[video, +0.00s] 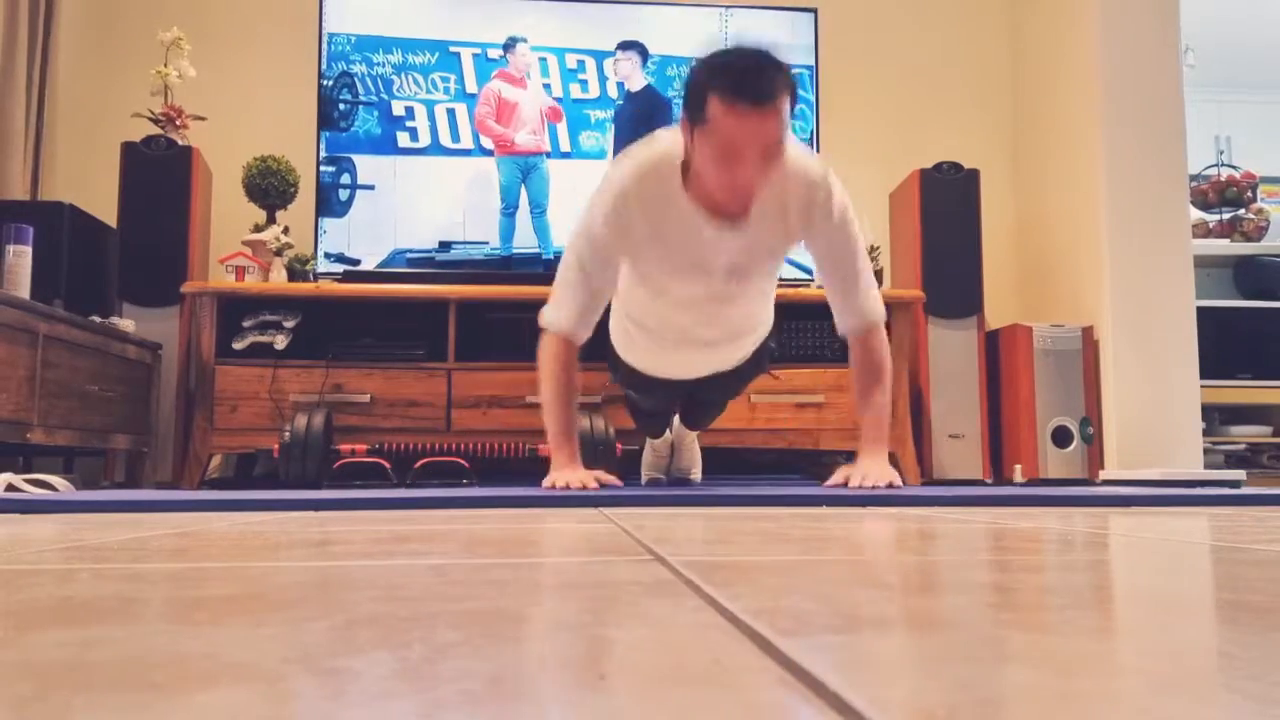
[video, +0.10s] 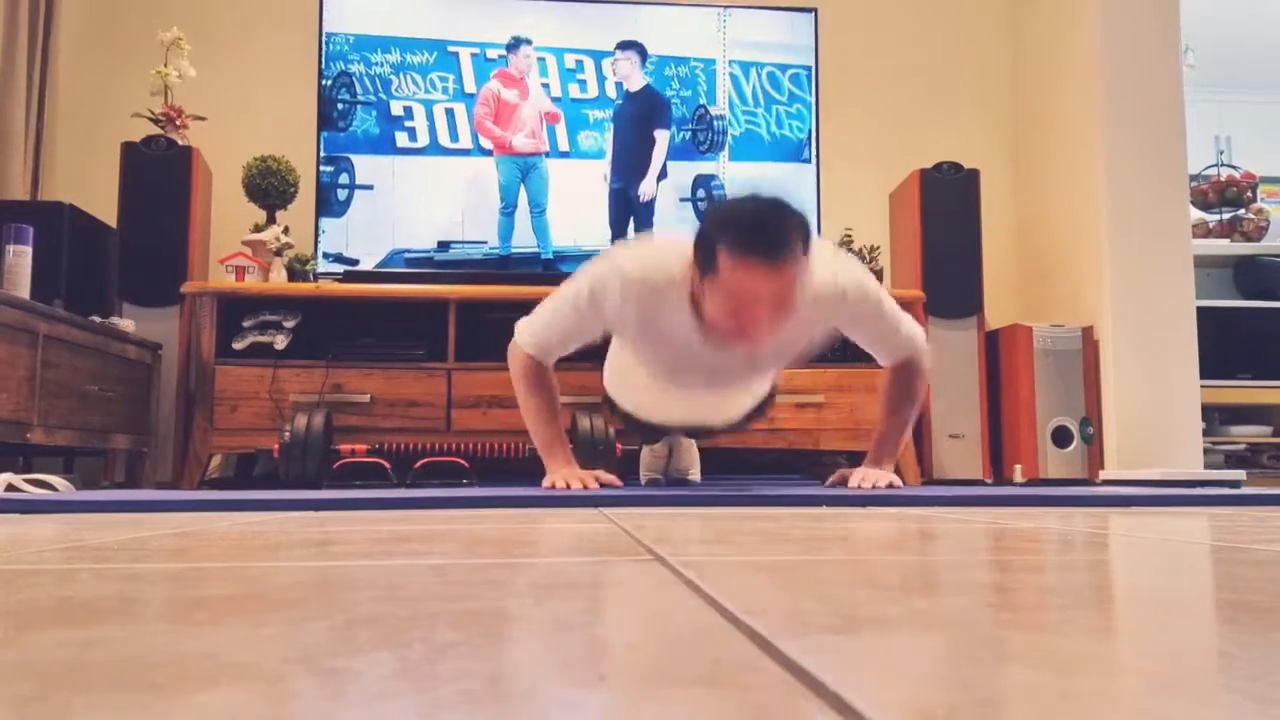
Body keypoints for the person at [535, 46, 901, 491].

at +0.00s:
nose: (747, 177)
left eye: (767, 156)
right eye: (727, 156)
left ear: (783, 143)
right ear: (689, 135)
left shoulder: (809, 187)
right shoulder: (631, 183)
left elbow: (865, 325)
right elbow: (560, 330)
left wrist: (874, 455)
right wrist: (564, 462)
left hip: (735, 351)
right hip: (644, 350)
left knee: (699, 413)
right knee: (652, 414)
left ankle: (686, 436)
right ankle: (658, 440)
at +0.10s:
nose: (756, 323)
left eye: (774, 305)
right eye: (738, 304)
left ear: (797, 282)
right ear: (698, 277)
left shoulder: (835, 284)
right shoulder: (628, 276)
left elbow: (911, 358)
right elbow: (526, 350)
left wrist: (879, 464)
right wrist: (559, 465)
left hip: (737, 400)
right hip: (640, 396)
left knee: (706, 424)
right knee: (644, 425)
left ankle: (683, 444)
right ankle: (655, 447)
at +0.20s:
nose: (761, 391)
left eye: (779, 376)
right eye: (745, 373)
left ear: (804, 344)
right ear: (704, 339)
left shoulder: (837, 323)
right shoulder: (633, 318)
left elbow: (920, 357)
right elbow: (524, 351)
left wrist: (882, 462)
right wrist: (559, 463)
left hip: (732, 430)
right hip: (638, 425)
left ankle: (683, 457)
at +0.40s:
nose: (765, 366)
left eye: (785, 345)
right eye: (747, 344)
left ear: (806, 322)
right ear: (705, 315)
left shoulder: (838, 315)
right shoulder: (636, 312)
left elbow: (918, 360)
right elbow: (525, 351)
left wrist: (882, 462)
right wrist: (560, 461)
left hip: (746, 457)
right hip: (640, 456)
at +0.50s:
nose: (757, 237)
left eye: (778, 216)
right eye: (740, 212)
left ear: (796, 209)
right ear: (699, 196)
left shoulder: (830, 250)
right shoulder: (633, 241)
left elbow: (903, 349)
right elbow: (544, 344)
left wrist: (879, 460)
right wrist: (564, 463)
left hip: (744, 396)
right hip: (650, 388)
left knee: (711, 424)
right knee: (648, 426)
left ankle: (684, 444)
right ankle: (656, 446)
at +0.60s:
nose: (753, 116)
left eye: (773, 93)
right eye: (734, 91)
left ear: (789, 86)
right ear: (697, 80)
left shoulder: (816, 160)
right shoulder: (638, 151)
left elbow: (853, 295)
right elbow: (588, 287)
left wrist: (868, 429)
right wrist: (572, 426)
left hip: (751, 322)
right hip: (657, 316)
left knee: (705, 411)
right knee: (655, 408)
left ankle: (684, 437)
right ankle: (657, 440)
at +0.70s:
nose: (757, 110)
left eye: (775, 87)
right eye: (736, 86)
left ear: (793, 75)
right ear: (700, 72)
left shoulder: (821, 152)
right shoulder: (636, 139)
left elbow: (895, 276)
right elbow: (551, 266)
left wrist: (917, 391)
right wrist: (513, 388)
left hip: (748, 338)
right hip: (657, 330)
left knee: (706, 409)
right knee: (656, 411)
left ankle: (687, 437)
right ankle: (656, 442)